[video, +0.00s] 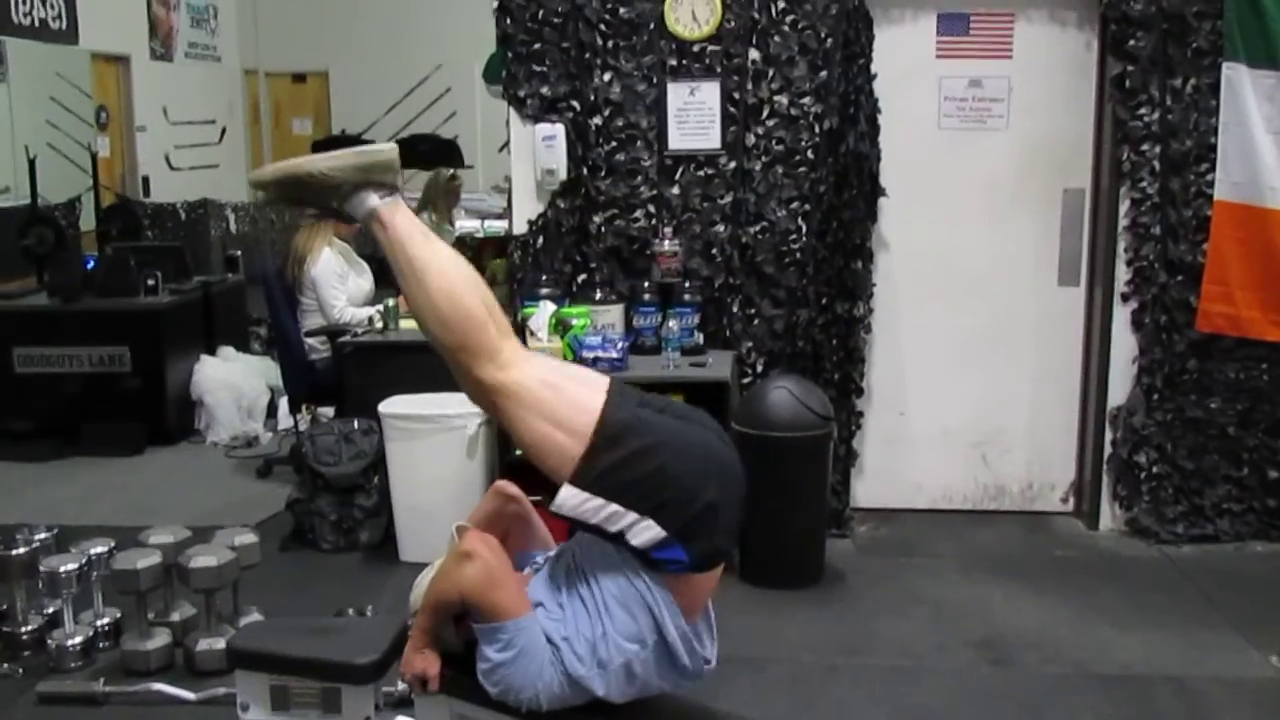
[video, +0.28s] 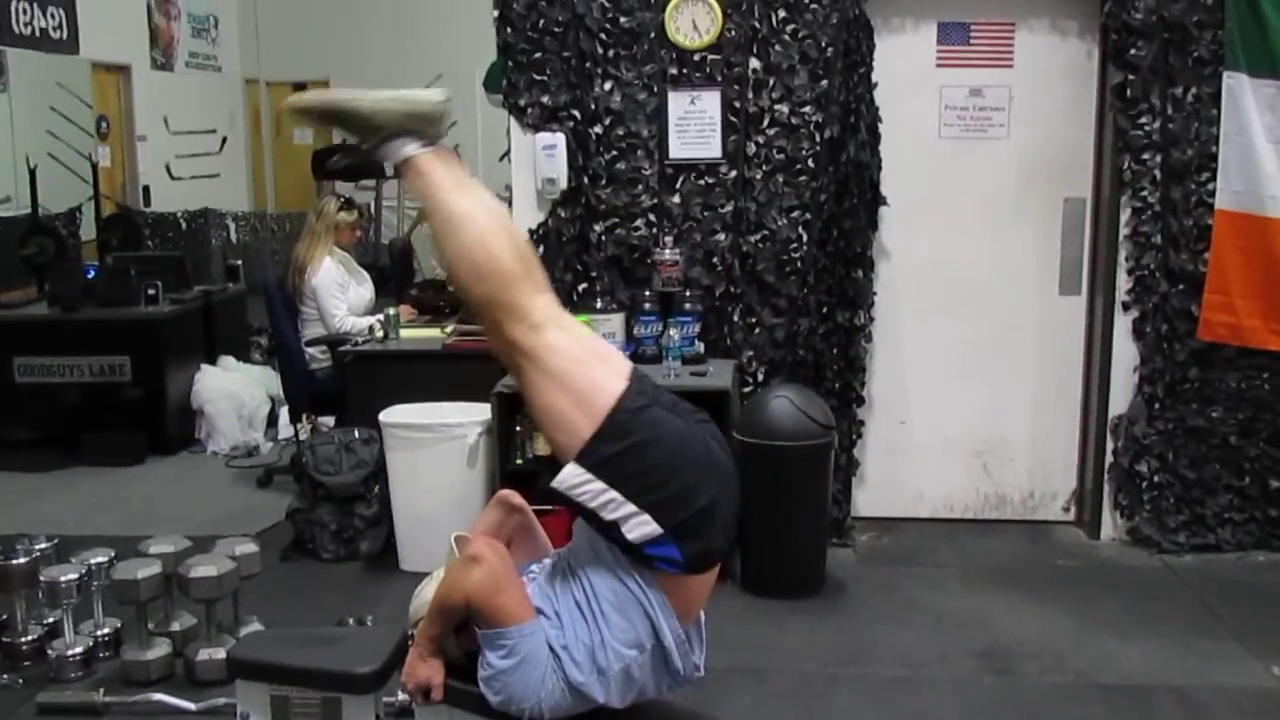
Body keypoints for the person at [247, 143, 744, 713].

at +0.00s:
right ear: (481, 625)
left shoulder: (552, 594)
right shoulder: (526, 669)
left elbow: (506, 494)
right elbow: (474, 555)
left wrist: (441, 599)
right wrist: (423, 636)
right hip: (691, 508)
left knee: (501, 373)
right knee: (497, 373)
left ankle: (387, 211)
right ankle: (378, 202)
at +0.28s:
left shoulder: (543, 605)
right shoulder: (527, 677)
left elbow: (508, 507)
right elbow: (479, 560)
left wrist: (431, 635)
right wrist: (432, 640)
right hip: (686, 517)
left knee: (536, 321)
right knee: (528, 329)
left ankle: (416, 147)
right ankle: (413, 146)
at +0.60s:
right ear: (476, 639)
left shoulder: (555, 606)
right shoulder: (529, 683)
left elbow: (514, 517)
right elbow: (488, 565)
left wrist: (440, 635)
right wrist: (435, 644)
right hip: (706, 556)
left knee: (600, 334)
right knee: (593, 338)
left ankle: (540, 146)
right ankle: (520, 142)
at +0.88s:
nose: (478, 560)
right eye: (473, 581)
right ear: (475, 641)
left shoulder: (557, 608)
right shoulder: (526, 680)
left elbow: (517, 521)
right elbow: (492, 559)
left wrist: (452, 614)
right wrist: (436, 645)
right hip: (720, 578)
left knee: (673, 346)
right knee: (664, 350)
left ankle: (647, 139)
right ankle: (641, 131)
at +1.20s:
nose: (479, 559)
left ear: (479, 629)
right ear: (479, 635)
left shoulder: (563, 607)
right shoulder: (530, 675)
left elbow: (518, 518)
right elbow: (492, 556)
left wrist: (456, 607)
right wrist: (436, 646)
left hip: (748, 580)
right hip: (742, 595)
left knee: (735, 369)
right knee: (727, 370)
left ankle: (763, 155)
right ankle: (762, 154)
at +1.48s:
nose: (479, 549)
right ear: (479, 632)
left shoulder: (559, 612)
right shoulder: (530, 669)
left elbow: (518, 514)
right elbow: (494, 551)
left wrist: (451, 604)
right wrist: (437, 639)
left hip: (743, 588)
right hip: (750, 609)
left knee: (764, 372)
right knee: (761, 373)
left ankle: (819, 166)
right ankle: (818, 164)